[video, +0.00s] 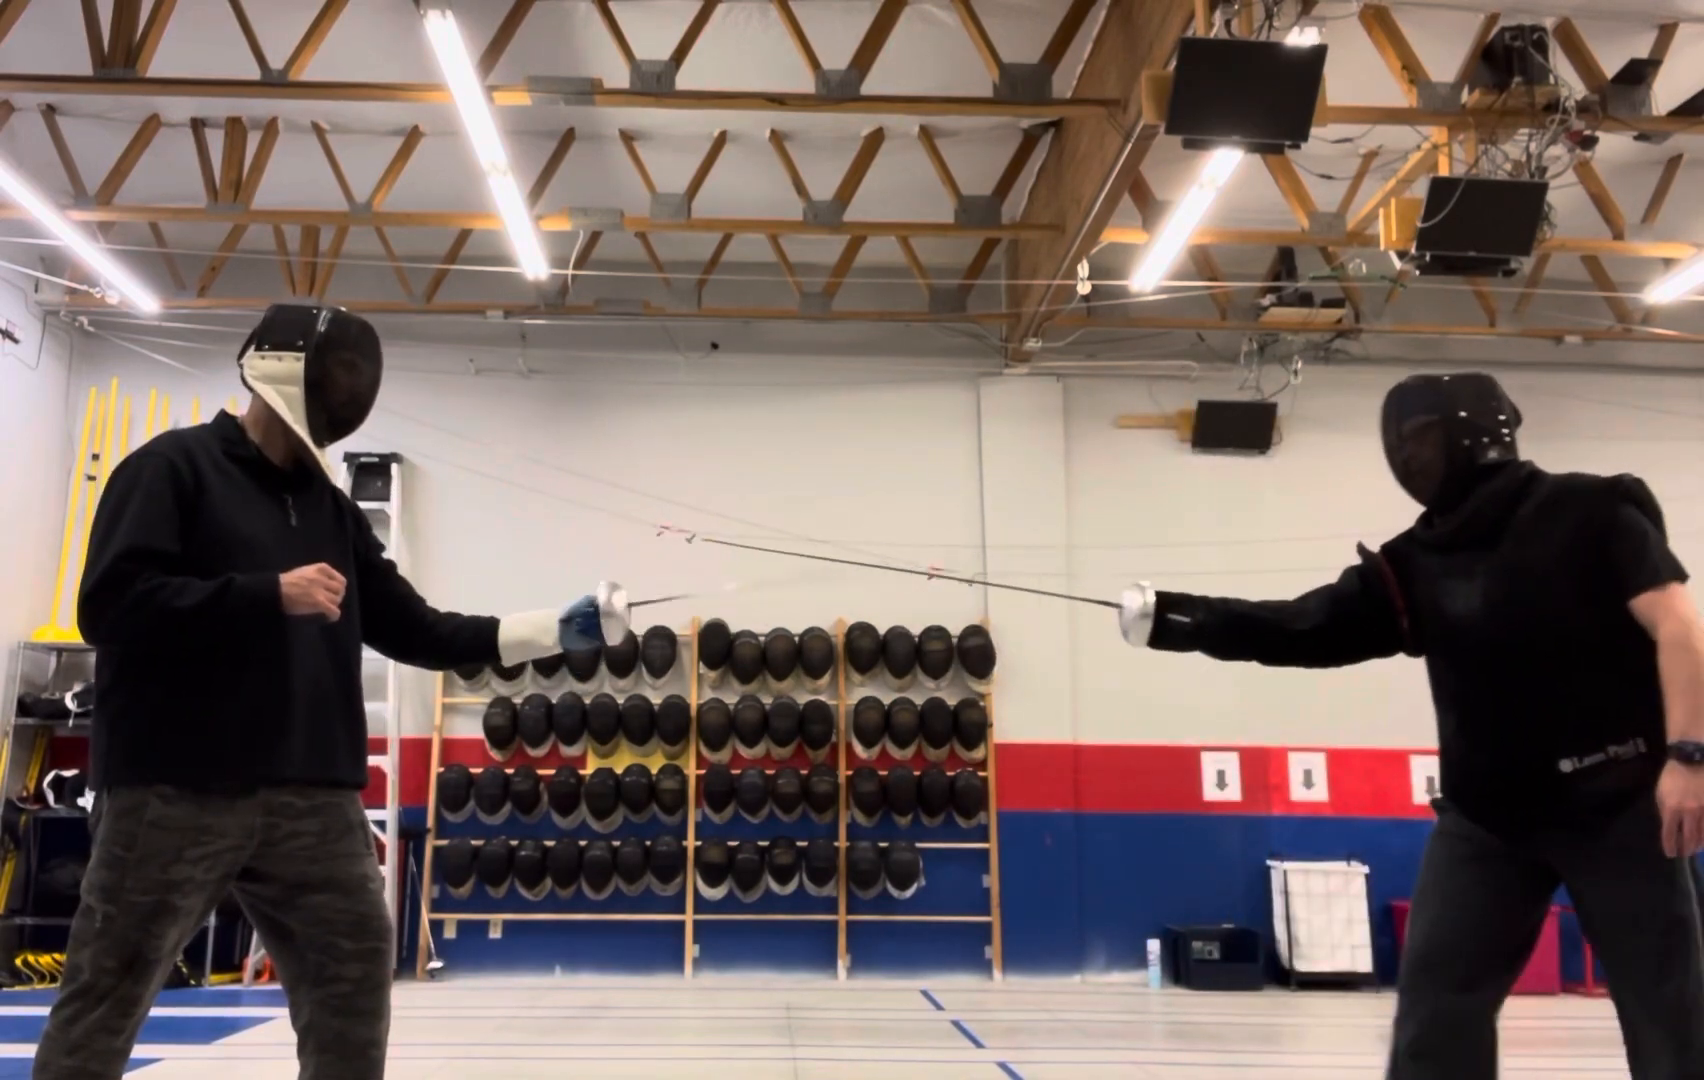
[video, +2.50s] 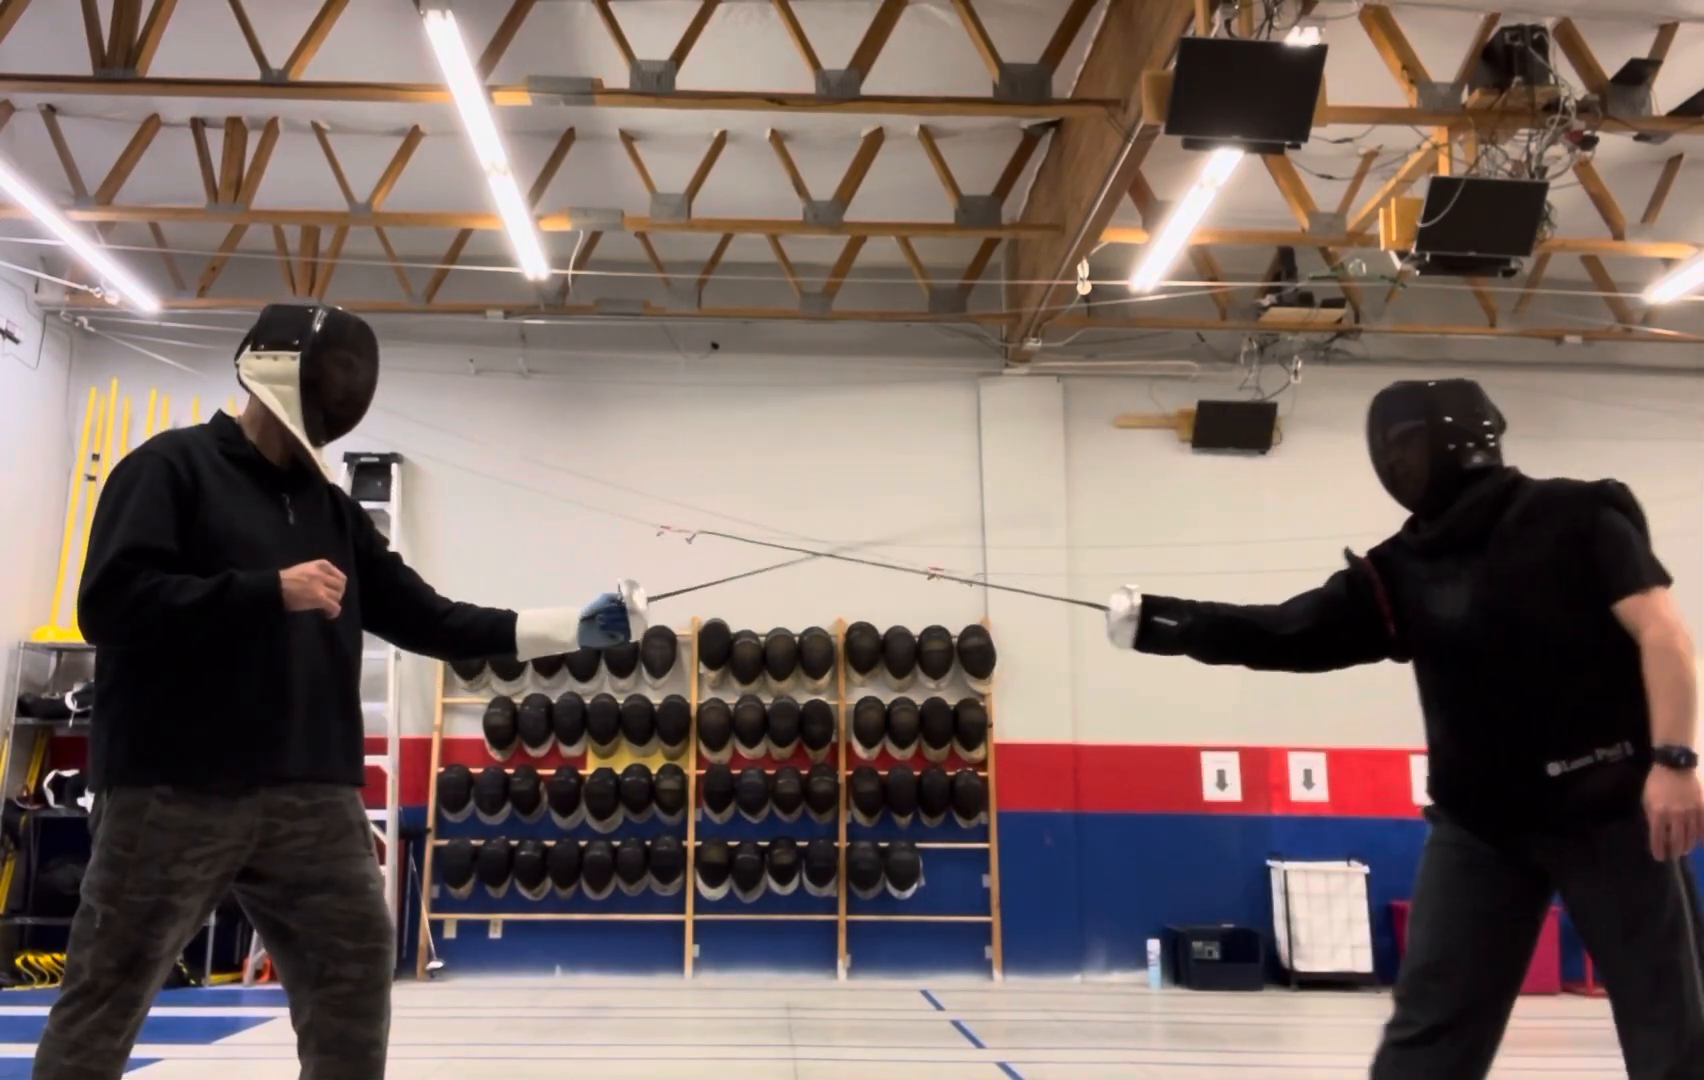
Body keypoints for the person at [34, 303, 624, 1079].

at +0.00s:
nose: (319, 436)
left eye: (331, 421)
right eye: (309, 410)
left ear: (344, 410)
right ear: (266, 379)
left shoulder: (328, 508)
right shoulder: (165, 470)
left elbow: (408, 627)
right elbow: (108, 604)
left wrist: (550, 634)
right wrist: (267, 593)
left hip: (308, 798)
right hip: (170, 793)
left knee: (351, 980)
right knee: (104, 1000)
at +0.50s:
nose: (349, 425)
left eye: (360, 410)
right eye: (337, 401)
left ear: (362, 408)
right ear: (285, 378)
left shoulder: (355, 514)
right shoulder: (176, 467)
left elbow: (483, 553)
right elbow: (104, 591)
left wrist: (634, 541)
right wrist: (266, 588)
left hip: (305, 797)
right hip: (163, 793)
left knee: (352, 981)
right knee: (98, 1001)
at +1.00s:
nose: (340, 418)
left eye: (351, 401)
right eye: (329, 394)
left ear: (352, 398)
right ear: (273, 374)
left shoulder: (343, 508)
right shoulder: (162, 471)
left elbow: (469, 548)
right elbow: (104, 602)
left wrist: (622, 536)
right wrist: (263, 585)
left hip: (309, 798)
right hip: (167, 795)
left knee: (351, 1000)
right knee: (97, 1008)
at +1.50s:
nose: (325, 400)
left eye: (336, 385)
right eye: (314, 377)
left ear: (331, 394)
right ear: (263, 365)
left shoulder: (323, 508)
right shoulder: (152, 468)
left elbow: (401, 626)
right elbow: (96, 603)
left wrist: (527, 650)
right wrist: (252, 585)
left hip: (303, 794)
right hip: (164, 791)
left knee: (348, 971)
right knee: (101, 1000)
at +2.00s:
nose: (339, 400)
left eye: (346, 384)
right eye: (328, 378)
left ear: (337, 391)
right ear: (276, 370)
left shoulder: (333, 510)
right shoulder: (161, 470)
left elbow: (426, 620)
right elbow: (107, 605)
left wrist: (572, 636)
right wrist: (262, 587)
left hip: (310, 795)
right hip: (173, 791)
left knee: (353, 981)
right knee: (105, 1001)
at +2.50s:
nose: (340, 405)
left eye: (347, 389)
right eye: (330, 382)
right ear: (277, 373)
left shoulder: (329, 511)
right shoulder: (163, 469)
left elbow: (425, 619)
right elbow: (109, 601)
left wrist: (573, 629)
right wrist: (265, 589)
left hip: (307, 794)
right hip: (171, 789)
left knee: (352, 979)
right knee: (104, 999)